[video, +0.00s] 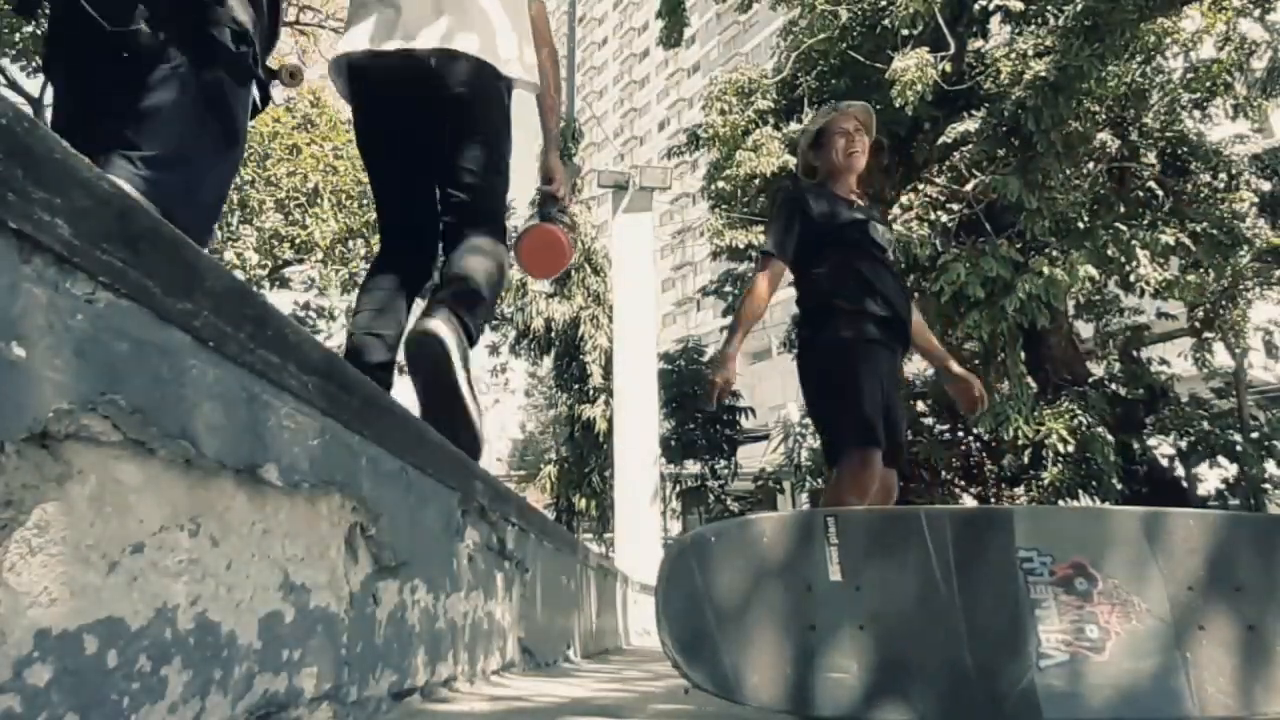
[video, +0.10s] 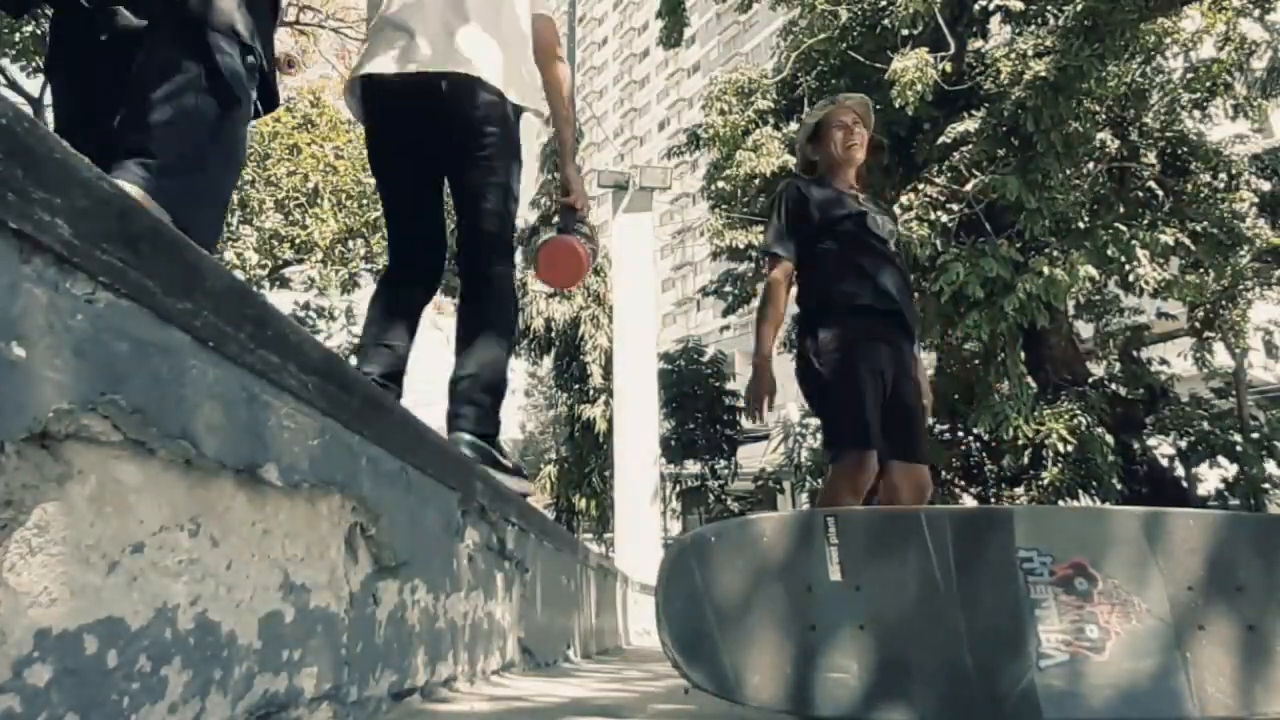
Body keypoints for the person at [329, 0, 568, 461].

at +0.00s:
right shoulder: (519, 6)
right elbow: (543, 50)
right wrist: (551, 146)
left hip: (373, 50)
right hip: (471, 48)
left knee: (403, 238)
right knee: (477, 227)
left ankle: (358, 387)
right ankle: (448, 326)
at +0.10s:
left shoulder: (394, 7)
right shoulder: (530, 5)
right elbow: (552, 60)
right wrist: (569, 169)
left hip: (388, 85)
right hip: (480, 85)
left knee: (412, 257)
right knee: (489, 269)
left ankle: (369, 392)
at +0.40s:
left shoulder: (430, 10)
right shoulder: (536, 27)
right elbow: (578, 105)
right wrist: (603, 196)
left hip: (436, 152)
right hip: (518, 155)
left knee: (459, 316)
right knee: (512, 327)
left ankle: (415, 447)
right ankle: (493, 474)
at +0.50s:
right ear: (527, 5)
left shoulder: (447, 7)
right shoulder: (542, 30)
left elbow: (406, 2)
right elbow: (578, 105)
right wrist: (608, 202)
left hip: (445, 160)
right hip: (523, 167)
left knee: (464, 323)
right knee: (516, 329)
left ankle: (426, 450)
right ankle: (494, 473)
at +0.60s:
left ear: (480, 0)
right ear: (525, 9)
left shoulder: (460, 12)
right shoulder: (548, 43)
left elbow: (414, 26)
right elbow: (587, 124)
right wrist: (609, 210)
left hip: (452, 177)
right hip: (529, 185)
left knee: (468, 328)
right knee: (518, 333)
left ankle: (435, 454)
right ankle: (496, 472)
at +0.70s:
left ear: (485, 24)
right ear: (533, 39)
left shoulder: (462, 31)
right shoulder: (552, 66)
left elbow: (445, 59)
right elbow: (588, 136)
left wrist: (410, 92)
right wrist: (608, 225)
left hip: (459, 196)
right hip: (530, 202)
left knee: (475, 334)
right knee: (518, 340)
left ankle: (437, 454)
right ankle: (496, 473)